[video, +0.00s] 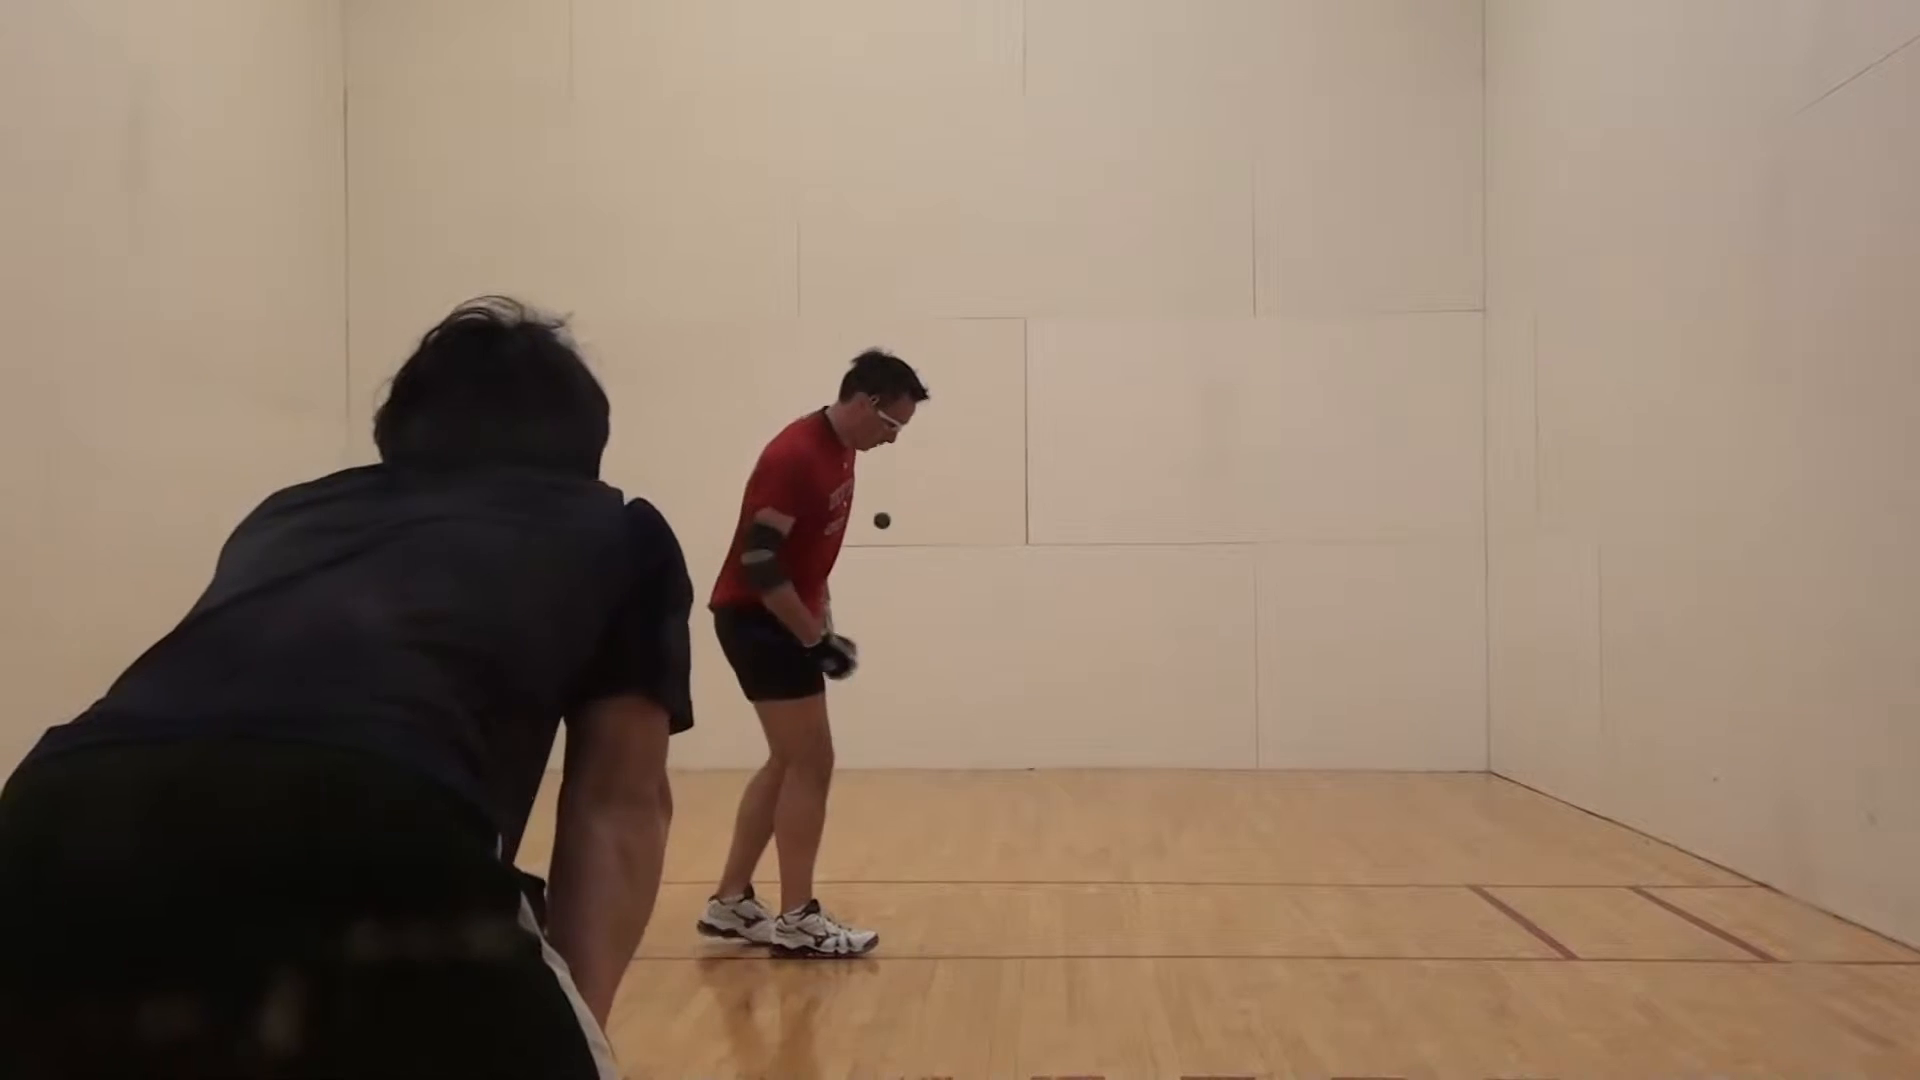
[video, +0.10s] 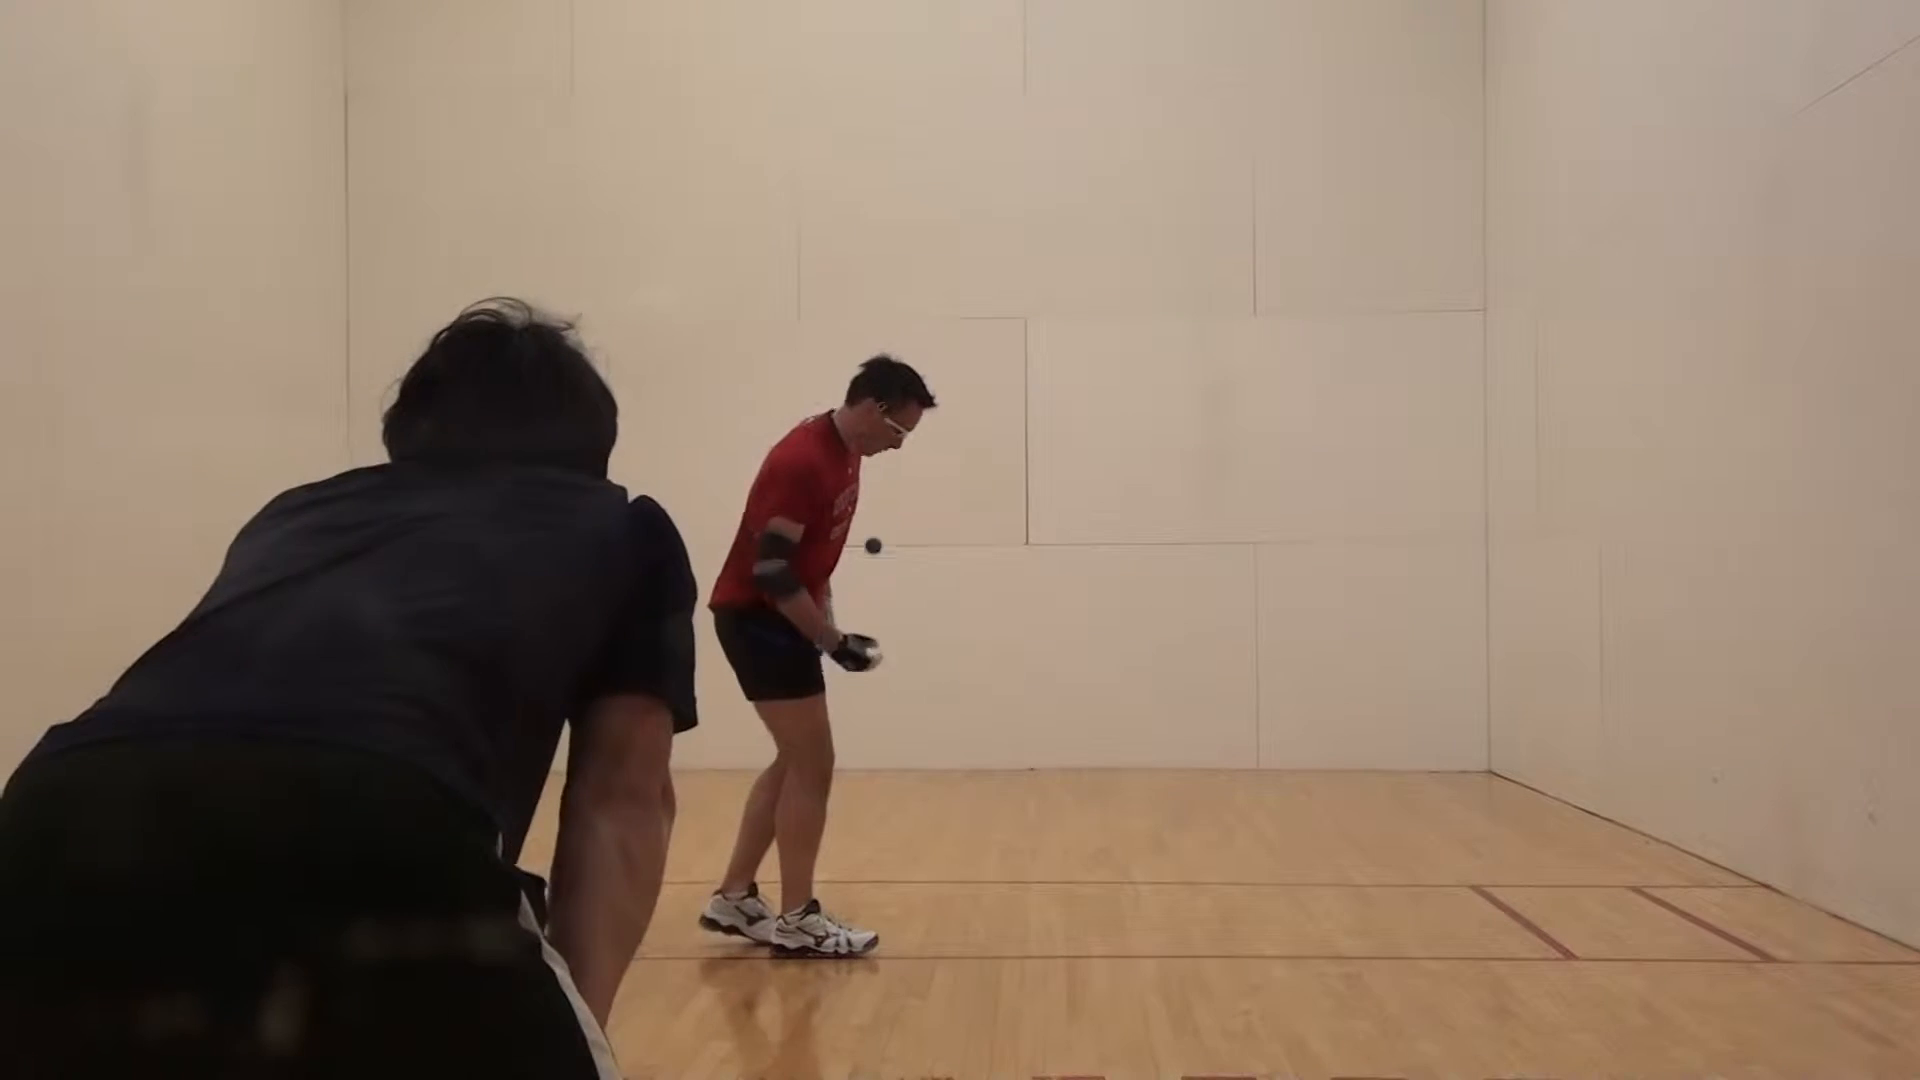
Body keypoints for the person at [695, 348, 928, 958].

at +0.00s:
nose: (893, 436)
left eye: (899, 426)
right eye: (892, 422)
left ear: (865, 405)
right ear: (860, 401)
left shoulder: (836, 451)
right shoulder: (799, 454)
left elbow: (809, 555)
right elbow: (759, 558)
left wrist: (825, 628)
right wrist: (814, 638)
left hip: (777, 617)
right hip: (757, 618)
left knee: (788, 759)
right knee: (811, 760)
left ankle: (729, 900)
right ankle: (797, 914)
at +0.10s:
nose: (899, 442)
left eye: (905, 432)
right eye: (898, 428)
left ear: (872, 411)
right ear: (868, 408)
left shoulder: (841, 451)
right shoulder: (805, 460)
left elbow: (812, 557)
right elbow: (772, 565)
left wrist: (829, 627)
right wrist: (828, 638)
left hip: (776, 615)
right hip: (756, 616)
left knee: (795, 758)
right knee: (812, 761)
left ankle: (733, 895)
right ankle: (797, 914)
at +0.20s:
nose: (903, 448)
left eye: (909, 440)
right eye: (903, 435)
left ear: (879, 416)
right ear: (874, 413)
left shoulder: (843, 456)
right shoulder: (814, 465)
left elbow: (809, 567)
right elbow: (782, 577)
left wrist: (826, 638)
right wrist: (834, 651)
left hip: (771, 613)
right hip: (756, 616)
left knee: (797, 758)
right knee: (812, 761)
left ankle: (734, 895)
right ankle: (796, 914)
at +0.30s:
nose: (909, 454)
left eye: (916, 445)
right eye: (909, 441)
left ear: (884, 422)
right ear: (880, 420)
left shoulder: (847, 456)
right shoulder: (824, 472)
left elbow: (809, 570)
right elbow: (791, 587)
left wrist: (816, 650)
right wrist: (826, 673)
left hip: (763, 610)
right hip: (754, 615)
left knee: (796, 758)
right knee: (813, 759)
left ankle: (734, 895)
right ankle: (796, 914)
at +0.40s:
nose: (915, 463)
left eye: (922, 455)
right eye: (916, 450)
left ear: (890, 428)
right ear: (888, 428)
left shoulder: (847, 451)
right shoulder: (832, 482)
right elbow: (798, 599)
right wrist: (818, 698)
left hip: (760, 609)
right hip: (753, 616)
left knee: (797, 756)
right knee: (812, 756)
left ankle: (735, 894)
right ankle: (797, 914)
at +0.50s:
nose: (923, 475)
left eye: (931, 467)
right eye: (923, 462)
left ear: (896, 439)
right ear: (895, 438)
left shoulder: (849, 454)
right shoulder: (842, 494)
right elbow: (806, 611)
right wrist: (815, 715)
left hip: (748, 610)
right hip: (751, 616)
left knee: (796, 755)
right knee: (811, 756)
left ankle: (735, 894)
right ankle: (797, 914)